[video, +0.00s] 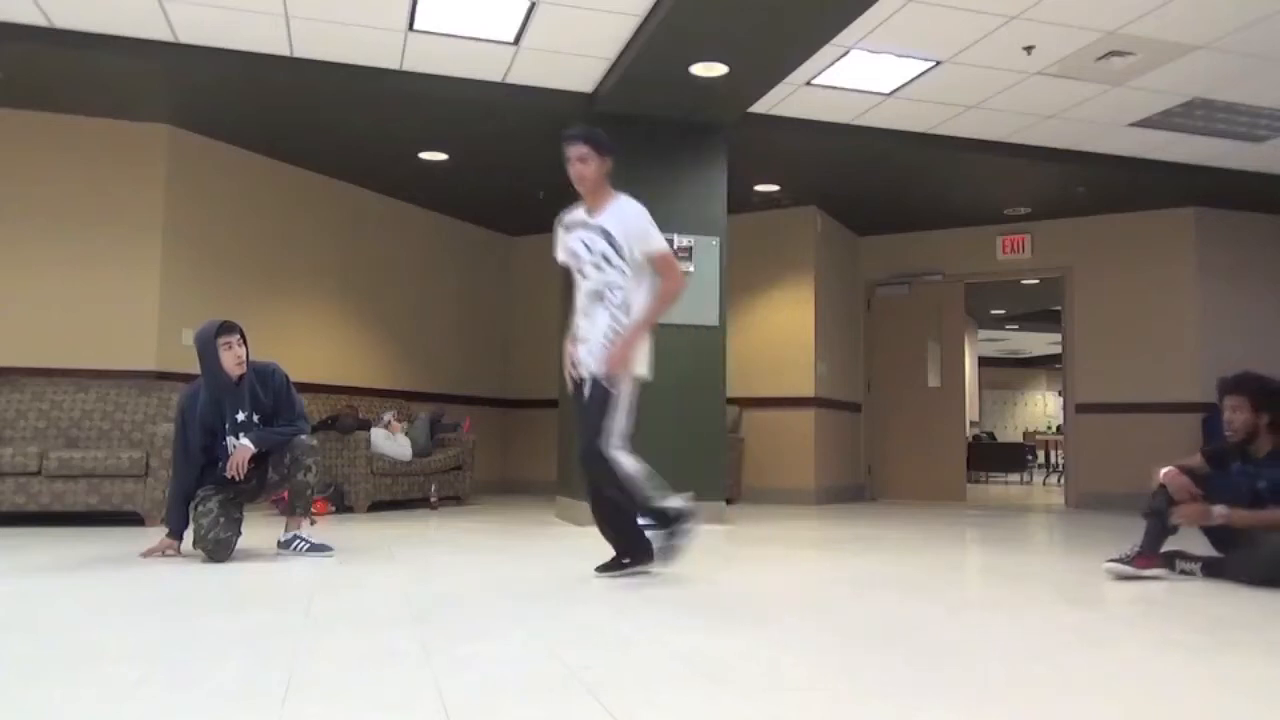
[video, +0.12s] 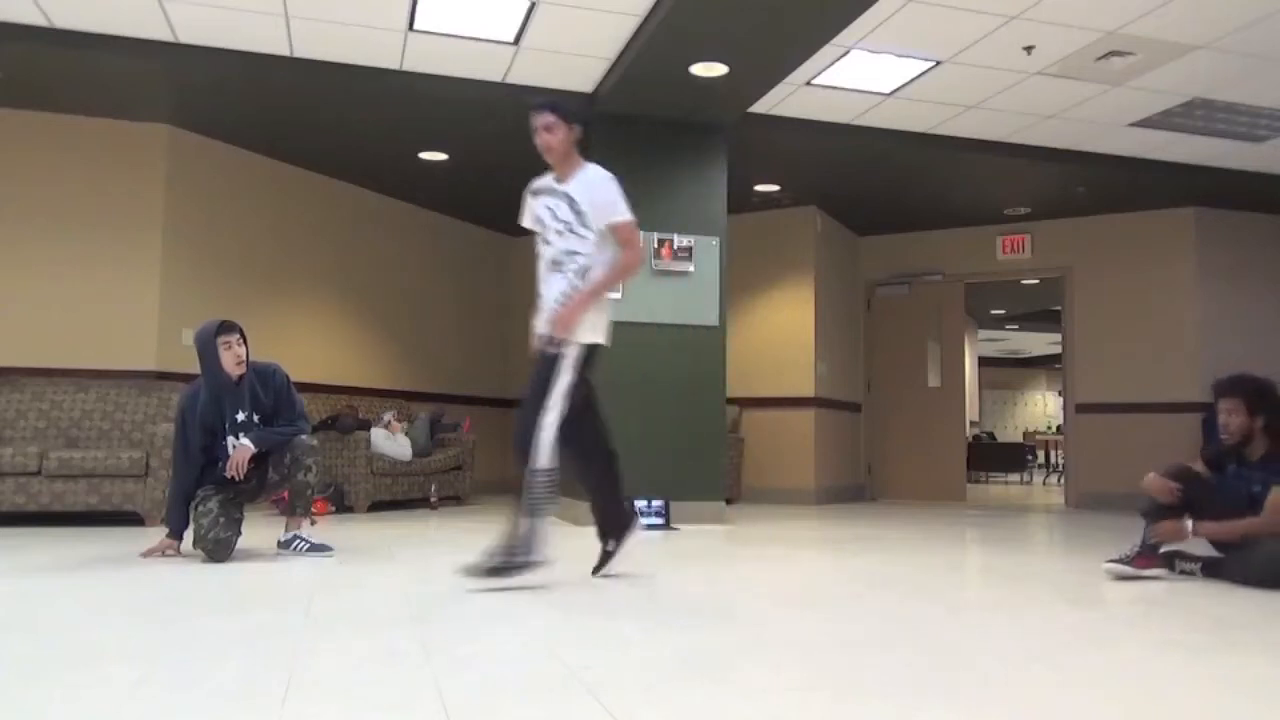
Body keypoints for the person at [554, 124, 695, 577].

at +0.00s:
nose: (577, 169)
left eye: (584, 160)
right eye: (570, 162)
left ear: (606, 163)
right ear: (566, 170)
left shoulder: (630, 214)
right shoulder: (568, 223)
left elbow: (674, 278)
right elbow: (583, 291)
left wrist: (630, 338)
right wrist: (571, 340)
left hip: (621, 350)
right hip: (584, 352)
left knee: (605, 447)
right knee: (592, 452)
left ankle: (669, 513)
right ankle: (630, 547)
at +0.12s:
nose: (543, 138)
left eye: (550, 129)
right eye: (537, 132)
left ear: (573, 132)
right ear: (534, 139)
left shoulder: (597, 183)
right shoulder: (539, 191)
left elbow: (632, 254)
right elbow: (549, 261)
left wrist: (575, 306)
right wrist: (539, 321)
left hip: (582, 328)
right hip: (550, 327)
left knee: (538, 424)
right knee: (580, 426)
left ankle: (525, 542)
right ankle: (615, 520)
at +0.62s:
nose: (451, 166)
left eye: (457, 154)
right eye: (442, 158)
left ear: (483, 149)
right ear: (437, 161)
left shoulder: (517, 198)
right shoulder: (457, 211)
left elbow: (529, 287)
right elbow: (464, 290)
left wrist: (454, 307)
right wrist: (435, 307)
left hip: (548, 330)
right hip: (510, 331)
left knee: (502, 433)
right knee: (483, 434)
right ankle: (496, 558)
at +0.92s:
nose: (496, 151)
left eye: (503, 137)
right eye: (486, 143)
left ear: (525, 130)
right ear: (479, 145)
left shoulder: (563, 170)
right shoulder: (487, 186)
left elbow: (648, 205)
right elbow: (502, 229)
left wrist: (737, 221)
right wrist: (461, 257)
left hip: (591, 328)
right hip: (529, 333)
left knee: (653, 430)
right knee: (489, 423)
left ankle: (721, 533)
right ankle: (487, 533)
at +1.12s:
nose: (549, 180)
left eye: (557, 167)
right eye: (541, 170)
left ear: (581, 160)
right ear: (534, 168)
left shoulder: (617, 201)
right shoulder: (537, 196)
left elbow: (711, 234)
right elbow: (518, 216)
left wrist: (809, 252)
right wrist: (462, 226)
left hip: (651, 347)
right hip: (584, 342)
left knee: (717, 453)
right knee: (510, 412)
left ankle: (797, 561)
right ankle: (471, 532)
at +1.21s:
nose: (582, 228)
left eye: (591, 216)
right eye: (573, 218)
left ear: (614, 214)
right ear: (563, 219)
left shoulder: (648, 263)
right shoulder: (556, 249)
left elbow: (731, 318)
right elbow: (496, 260)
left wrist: (829, 352)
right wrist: (419, 251)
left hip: (672, 387)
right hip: (606, 382)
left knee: (729, 482)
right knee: (535, 443)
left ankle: (814, 579)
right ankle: (488, 574)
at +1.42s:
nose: (628, 318)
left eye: (641, 307)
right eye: (619, 302)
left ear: (654, 310)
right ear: (602, 299)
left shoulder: (658, 369)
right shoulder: (572, 316)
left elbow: (676, 463)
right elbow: (471, 335)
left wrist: (709, 543)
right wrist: (507, 371)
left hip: (627, 414)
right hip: (559, 399)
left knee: (696, 480)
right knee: (502, 447)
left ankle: (784, 536)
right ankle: (494, 583)